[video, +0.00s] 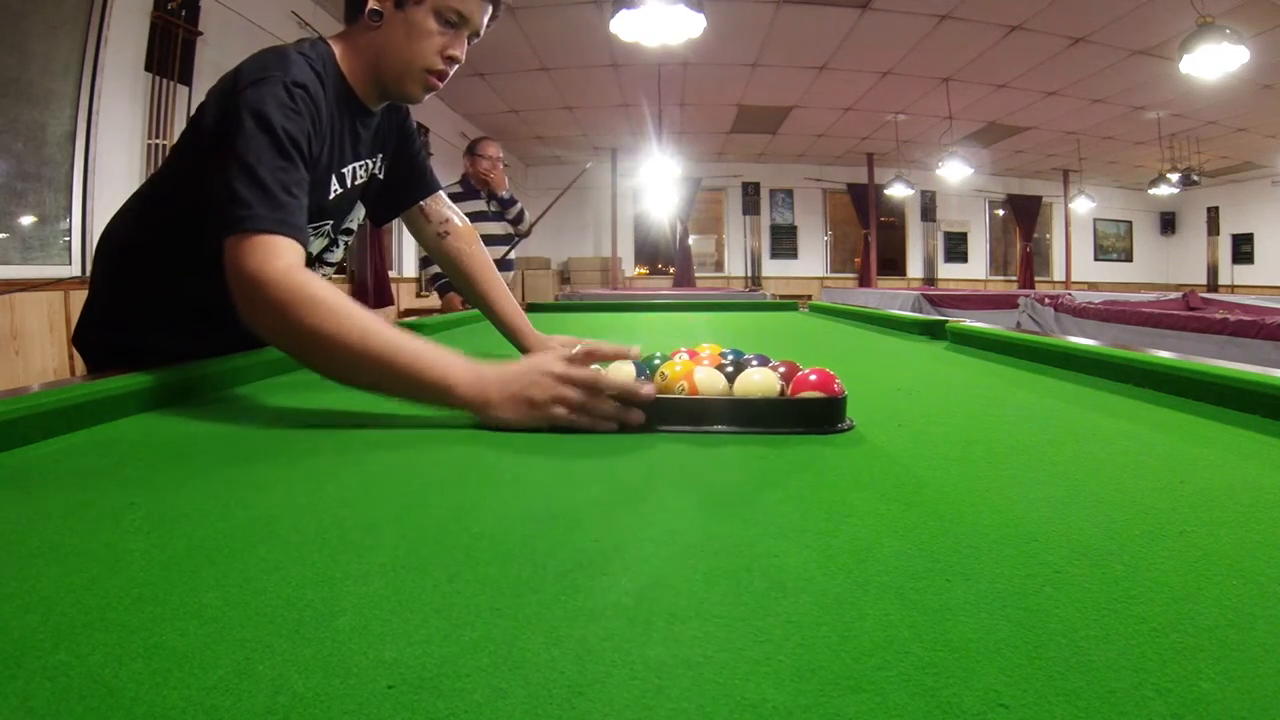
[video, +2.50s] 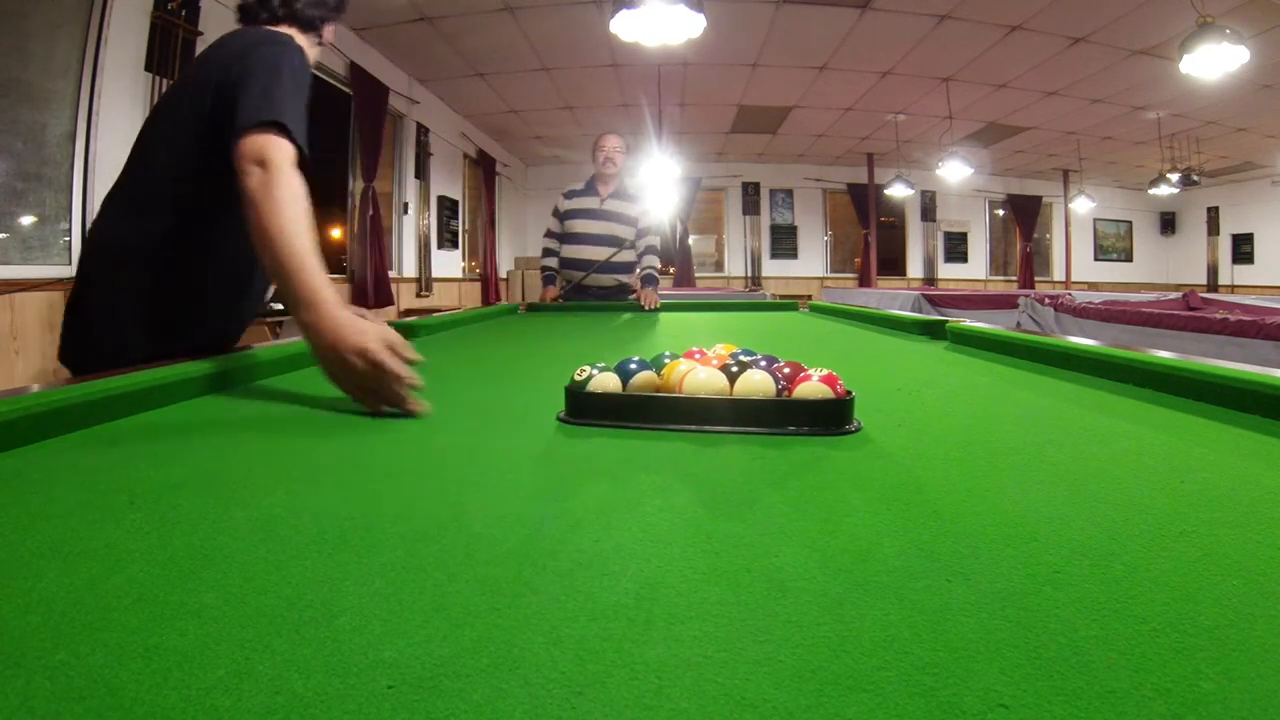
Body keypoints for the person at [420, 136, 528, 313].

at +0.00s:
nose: (494, 166)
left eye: (499, 160)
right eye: (487, 158)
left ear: (504, 165)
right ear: (468, 162)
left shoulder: (504, 199)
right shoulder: (444, 198)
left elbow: (525, 230)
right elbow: (429, 252)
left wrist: (503, 193)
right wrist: (445, 293)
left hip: (500, 295)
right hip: (462, 299)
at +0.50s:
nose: (536, 174)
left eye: (540, 168)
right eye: (529, 167)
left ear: (543, 169)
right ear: (511, 164)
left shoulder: (541, 199)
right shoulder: (489, 196)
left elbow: (564, 239)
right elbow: (472, 241)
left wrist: (547, 203)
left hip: (537, 293)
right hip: (502, 291)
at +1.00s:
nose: (546, 166)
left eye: (552, 161)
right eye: (539, 160)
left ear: (558, 167)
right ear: (527, 165)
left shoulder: (565, 206)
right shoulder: (508, 200)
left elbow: (587, 246)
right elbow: (491, 246)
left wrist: (586, 233)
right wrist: (495, 286)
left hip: (559, 294)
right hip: (522, 292)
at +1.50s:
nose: (542, 158)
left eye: (548, 153)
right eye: (534, 154)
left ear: (556, 160)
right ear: (524, 163)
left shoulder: (575, 199)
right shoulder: (506, 203)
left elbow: (595, 234)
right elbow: (491, 248)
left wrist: (609, 263)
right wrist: (496, 284)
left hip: (569, 296)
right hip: (527, 298)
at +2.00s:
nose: (565, 155)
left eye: (572, 151)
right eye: (558, 151)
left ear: (582, 162)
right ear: (549, 162)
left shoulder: (601, 202)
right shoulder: (529, 201)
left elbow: (616, 242)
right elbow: (514, 244)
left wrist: (632, 279)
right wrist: (516, 284)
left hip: (589, 297)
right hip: (544, 298)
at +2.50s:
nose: (609, 154)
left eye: (617, 150)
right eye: (602, 149)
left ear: (625, 157)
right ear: (593, 157)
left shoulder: (638, 203)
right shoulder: (569, 198)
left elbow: (649, 246)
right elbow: (551, 242)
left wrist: (649, 285)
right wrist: (549, 284)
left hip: (619, 300)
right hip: (574, 298)